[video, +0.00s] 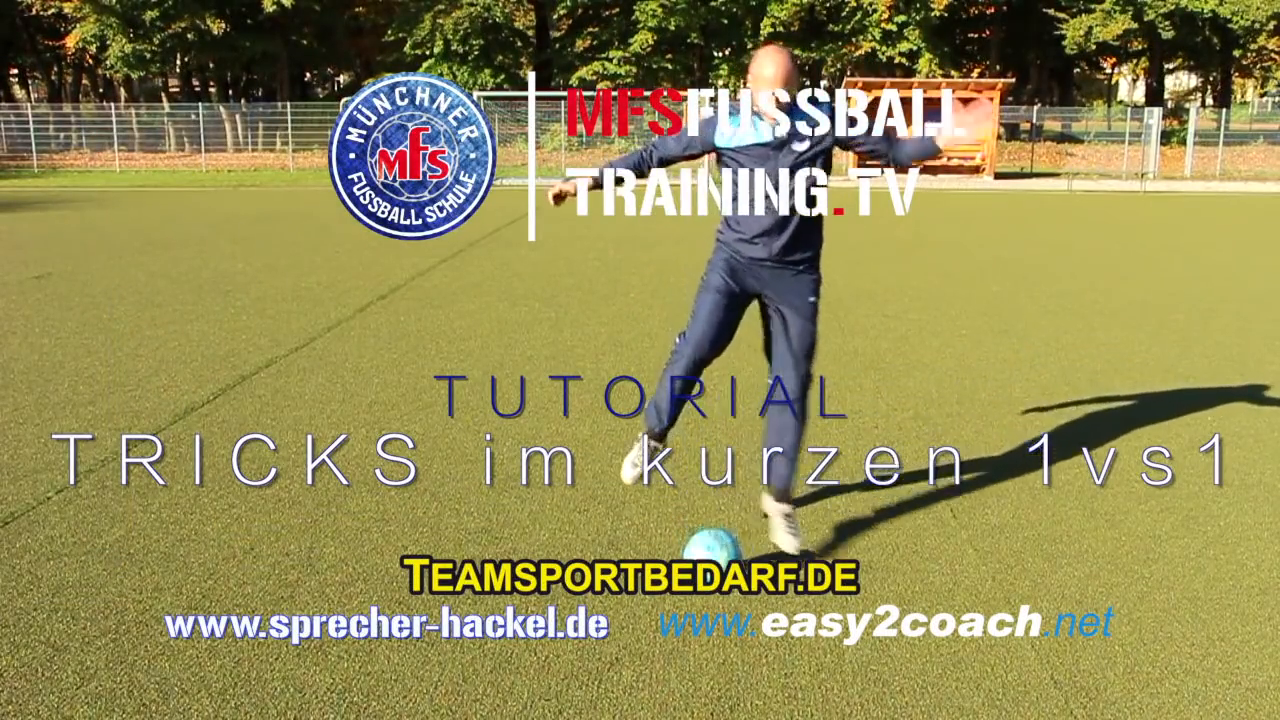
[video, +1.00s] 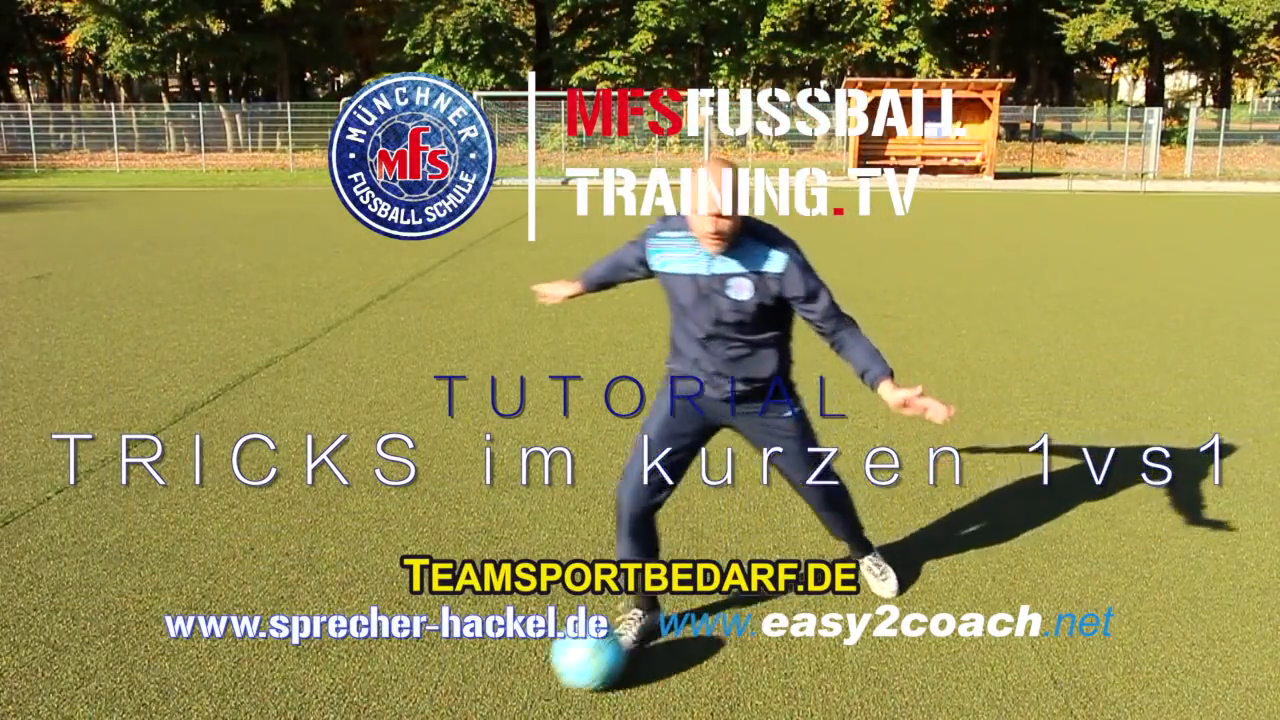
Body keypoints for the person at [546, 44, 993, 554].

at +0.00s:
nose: (772, 101)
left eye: (781, 92)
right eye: (765, 91)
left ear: (794, 88)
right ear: (750, 87)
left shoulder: (823, 121)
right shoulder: (724, 127)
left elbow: (890, 149)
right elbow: (655, 153)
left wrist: (950, 140)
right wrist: (588, 179)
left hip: (795, 271)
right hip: (733, 261)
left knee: (792, 382)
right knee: (694, 352)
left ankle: (779, 497)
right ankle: (653, 436)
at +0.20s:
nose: (808, 112)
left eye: (814, 102)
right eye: (798, 102)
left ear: (821, 106)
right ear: (773, 104)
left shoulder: (843, 154)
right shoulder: (741, 152)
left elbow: (903, 194)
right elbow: (674, 181)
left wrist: (973, 202)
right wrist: (608, 206)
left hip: (811, 302)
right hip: (745, 294)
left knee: (831, 411)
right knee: (698, 385)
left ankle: (850, 530)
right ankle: (654, 464)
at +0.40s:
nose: (820, 180)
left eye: (829, 171)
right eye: (812, 169)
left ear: (841, 174)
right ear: (795, 167)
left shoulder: (857, 218)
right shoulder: (762, 199)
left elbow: (902, 273)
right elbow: (708, 228)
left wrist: (963, 302)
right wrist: (661, 251)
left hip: (822, 353)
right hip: (754, 345)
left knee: (860, 452)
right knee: (713, 438)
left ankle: (878, 554)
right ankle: (697, 504)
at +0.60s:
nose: (821, 239)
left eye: (831, 230)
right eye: (812, 229)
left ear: (843, 220)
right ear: (794, 215)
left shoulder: (854, 267)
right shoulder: (755, 231)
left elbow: (886, 341)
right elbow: (727, 265)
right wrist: (706, 293)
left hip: (815, 378)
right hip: (746, 369)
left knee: (864, 481)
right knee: (719, 464)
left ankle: (875, 558)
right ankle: (737, 553)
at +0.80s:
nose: (783, 246)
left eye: (792, 236)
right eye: (772, 236)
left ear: (805, 229)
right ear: (755, 225)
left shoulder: (825, 274)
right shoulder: (724, 241)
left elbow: (861, 353)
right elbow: (692, 263)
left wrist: (895, 423)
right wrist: (658, 281)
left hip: (799, 390)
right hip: (728, 381)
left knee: (855, 494)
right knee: (688, 470)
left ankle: (875, 563)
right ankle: (692, 572)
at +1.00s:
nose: (716, 226)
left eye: (726, 216)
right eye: (706, 216)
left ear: (742, 208)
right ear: (688, 207)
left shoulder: (776, 254)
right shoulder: (662, 240)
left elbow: (833, 323)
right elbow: (621, 264)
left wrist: (886, 385)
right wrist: (577, 284)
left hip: (764, 395)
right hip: (688, 391)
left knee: (821, 488)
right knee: (632, 501)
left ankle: (865, 554)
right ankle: (644, 611)